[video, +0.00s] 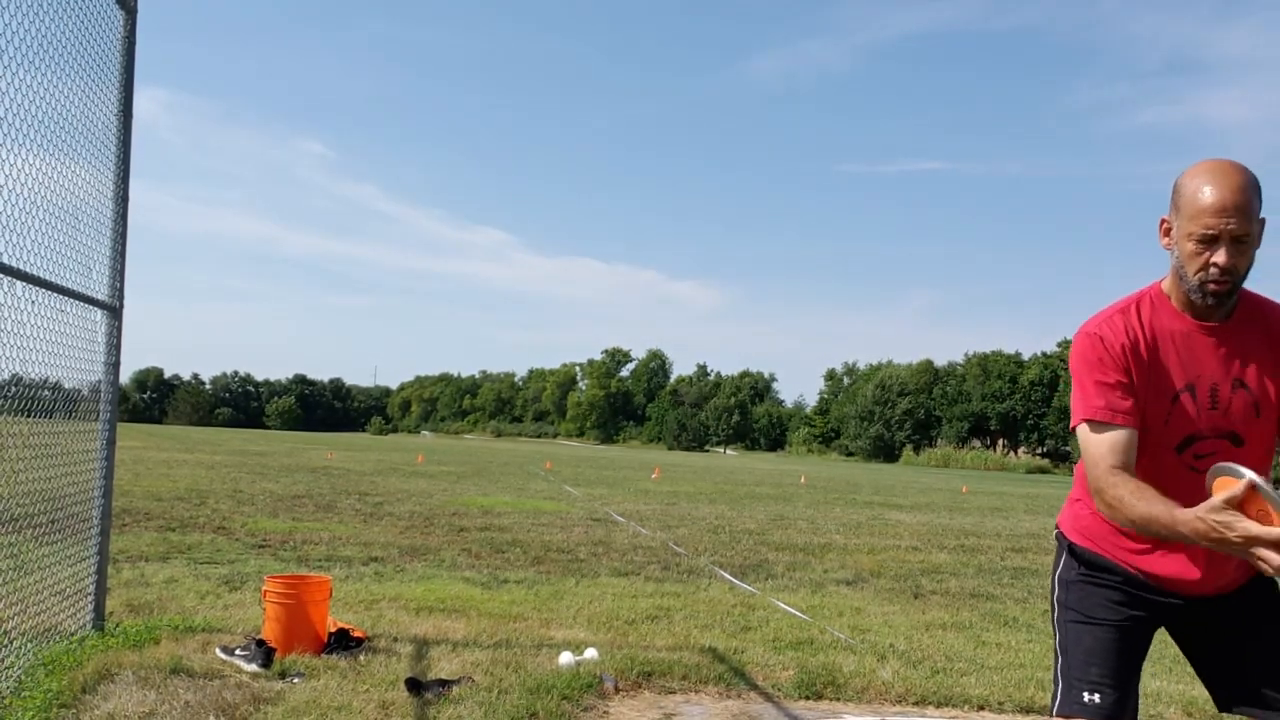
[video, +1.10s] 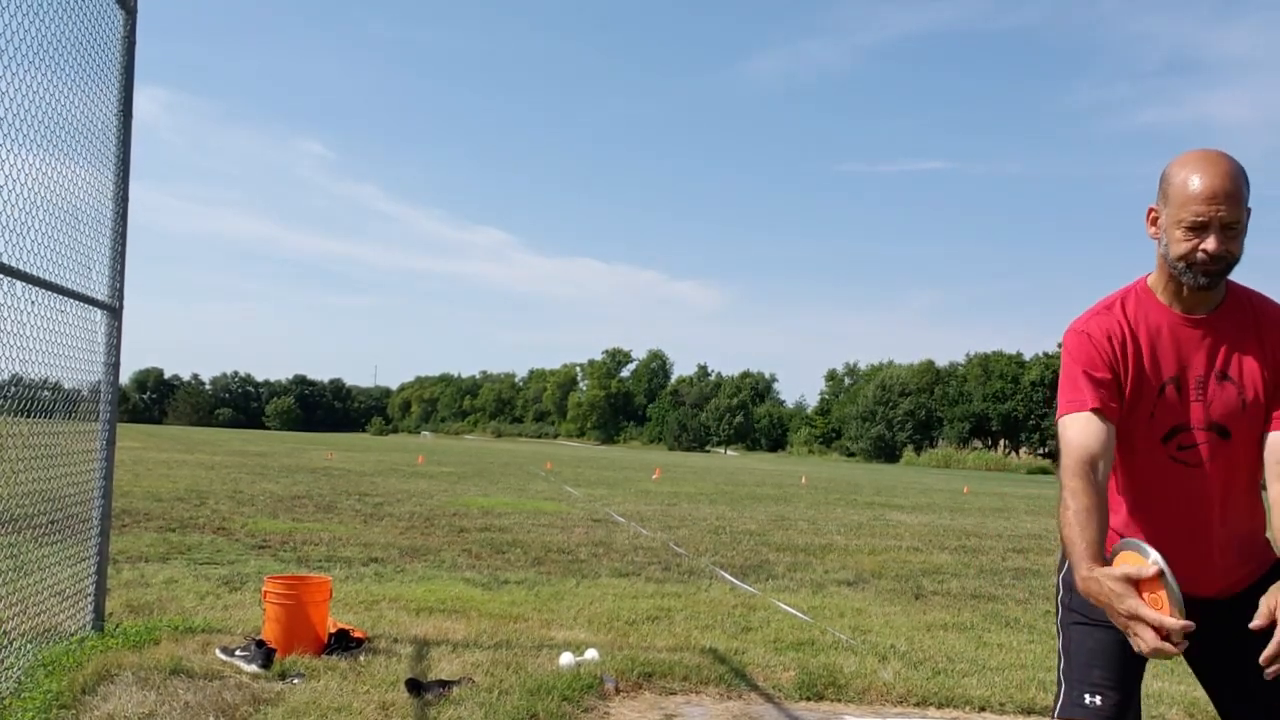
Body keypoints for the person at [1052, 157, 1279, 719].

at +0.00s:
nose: (1223, 259)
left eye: (1239, 241)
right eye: (1206, 240)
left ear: (1260, 238)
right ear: (1167, 233)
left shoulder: (1274, 332)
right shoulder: (1111, 337)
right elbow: (1109, 484)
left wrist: (1268, 529)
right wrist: (1193, 526)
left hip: (1234, 570)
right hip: (1111, 565)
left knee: (1274, 704)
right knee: (1090, 711)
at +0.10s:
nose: (1221, 261)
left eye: (1236, 242)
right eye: (1202, 243)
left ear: (1253, 239)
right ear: (1161, 238)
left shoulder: (1271, 338)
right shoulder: (1102, 346)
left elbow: (1273, 465)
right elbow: (1099, 486)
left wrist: (1275, 555)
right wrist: (1139, 580)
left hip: (1226, 574)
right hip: (1108, 567)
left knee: (1272, 703)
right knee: (1091, 709)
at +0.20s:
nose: (1222, 256)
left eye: (1236, 236)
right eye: (1203, 238)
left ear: (1252, 234)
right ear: (1160, 235)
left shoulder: (1273, 338)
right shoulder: (1103, 346)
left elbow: (1279, 481)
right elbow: (1082, 495)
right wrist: (1081, 615)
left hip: (1238, 574)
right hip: (1124, 572)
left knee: (1270, 706)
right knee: (1091, 709)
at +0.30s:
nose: (1229, 248)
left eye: (1243, 229)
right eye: (1210, 229)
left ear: (1257, 229)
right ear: (1167, 227)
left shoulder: (1273, 331)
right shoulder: (1106, 340)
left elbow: (1278, 474)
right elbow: (1061, 482)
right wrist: (1027, 605)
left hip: (1240, 572)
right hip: (1121, 566)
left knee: (1265, 706)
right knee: (1088, 707)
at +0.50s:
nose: (1248, 247)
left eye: (1261, 229)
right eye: (1228, 228)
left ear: (1276, 230)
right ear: (1183, 226)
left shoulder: (1277, 330)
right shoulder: (1115, 339)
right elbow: (1055, 452)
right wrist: (989, 534)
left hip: (1245, 570)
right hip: (1122, 563)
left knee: (1260, 707)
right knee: (1096, 709)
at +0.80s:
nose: (1238, 255)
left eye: (1253, 237)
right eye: (1219, 237)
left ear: (1269, 236)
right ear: (1175, 232)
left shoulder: (1275, 338)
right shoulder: (1105, 346)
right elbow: (1058, 474)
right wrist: (1004, 576)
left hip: (1242, 574)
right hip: (1118, 570)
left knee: (1257, 707)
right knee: (1095, 711)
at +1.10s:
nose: (1213, 247)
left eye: (1229, 229)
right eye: (1195, 229)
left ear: (1246, 225)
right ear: (1155, 223)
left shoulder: (1270, 329)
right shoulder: (1100, 334)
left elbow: (1275, 472)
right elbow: (1084, 468)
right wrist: (1086, 572)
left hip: (1236, 585)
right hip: (1119, 579)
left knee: (1265, 703)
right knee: (1093, 708)